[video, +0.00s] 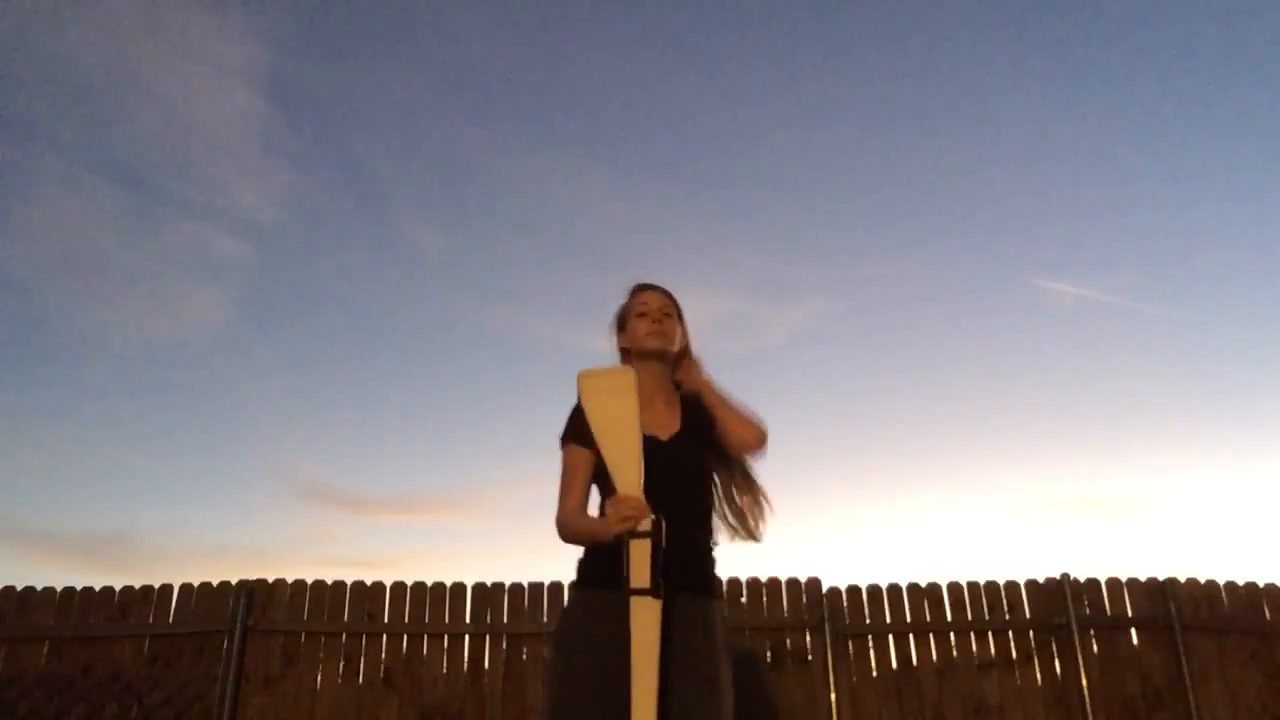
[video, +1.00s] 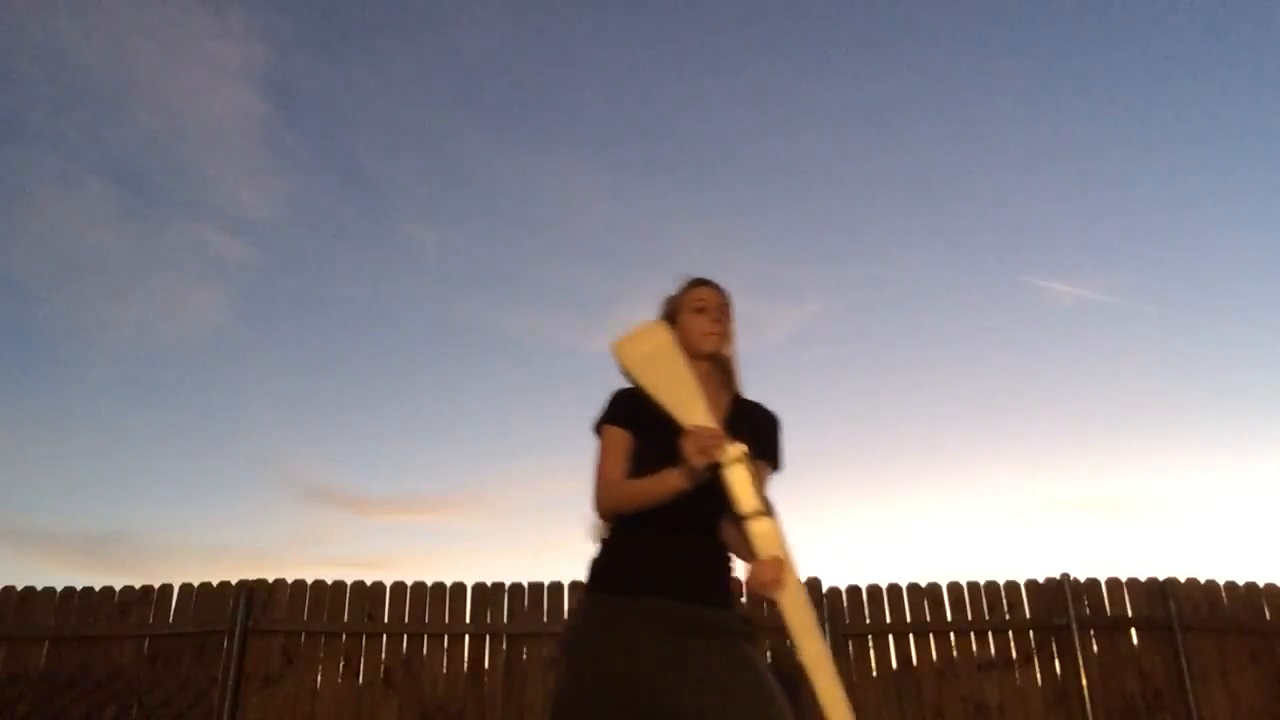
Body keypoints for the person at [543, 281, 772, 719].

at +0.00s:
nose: (656, 319)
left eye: (668, 315)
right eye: (642, 314)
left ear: (682, 339)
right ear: (623, 339)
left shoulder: (702, 408)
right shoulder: (598, 404)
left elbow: (752, 439)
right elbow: (568, 519)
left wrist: (702, 385)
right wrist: (606, 527)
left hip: (689, 592)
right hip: (609, 590)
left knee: (697, 707)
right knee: (595, 708)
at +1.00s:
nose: (715, 319)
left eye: (723, 312)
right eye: (700, 310)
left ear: (731, 328)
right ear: (672, 325)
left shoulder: (753, 421)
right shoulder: (633, 403)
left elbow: (732, 518)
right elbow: (608, 499)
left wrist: (759, 559)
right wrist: (685, 473)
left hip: (707, 608)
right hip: (623, 604)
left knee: (760, 709)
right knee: (599, 708)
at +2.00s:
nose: (741, 310)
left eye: (747, 307)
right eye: (727, 300)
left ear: (754, 331)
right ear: (696, 323)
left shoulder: (780, 415)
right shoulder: (657, 406)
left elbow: (800, 513)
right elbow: (638, 508)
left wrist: (830, 559)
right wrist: (704, 500)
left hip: (742, 613)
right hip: (652, 610)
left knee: (789, 710)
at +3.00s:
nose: (475, 324)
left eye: (487, 313)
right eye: (465, 322)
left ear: (516, 327)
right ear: (462, 344)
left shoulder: (554, 381)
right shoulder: (460, 433)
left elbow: (627, 467)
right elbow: (364, 478)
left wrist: (572, 529)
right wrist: (327, 395)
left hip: (553, 590)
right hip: (499, 600)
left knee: (451, 708)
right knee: (531, 712)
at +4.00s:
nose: (385, 361)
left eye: (392, 344)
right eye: (378, 354)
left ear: (430, 336)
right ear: (382, 367)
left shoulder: (494, 378)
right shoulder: (407, 453)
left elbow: (583, 447)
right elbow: (422, 539)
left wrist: (544, 530)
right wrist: (385, 583)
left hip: (511, 589)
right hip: (454, 601)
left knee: (419, 705)